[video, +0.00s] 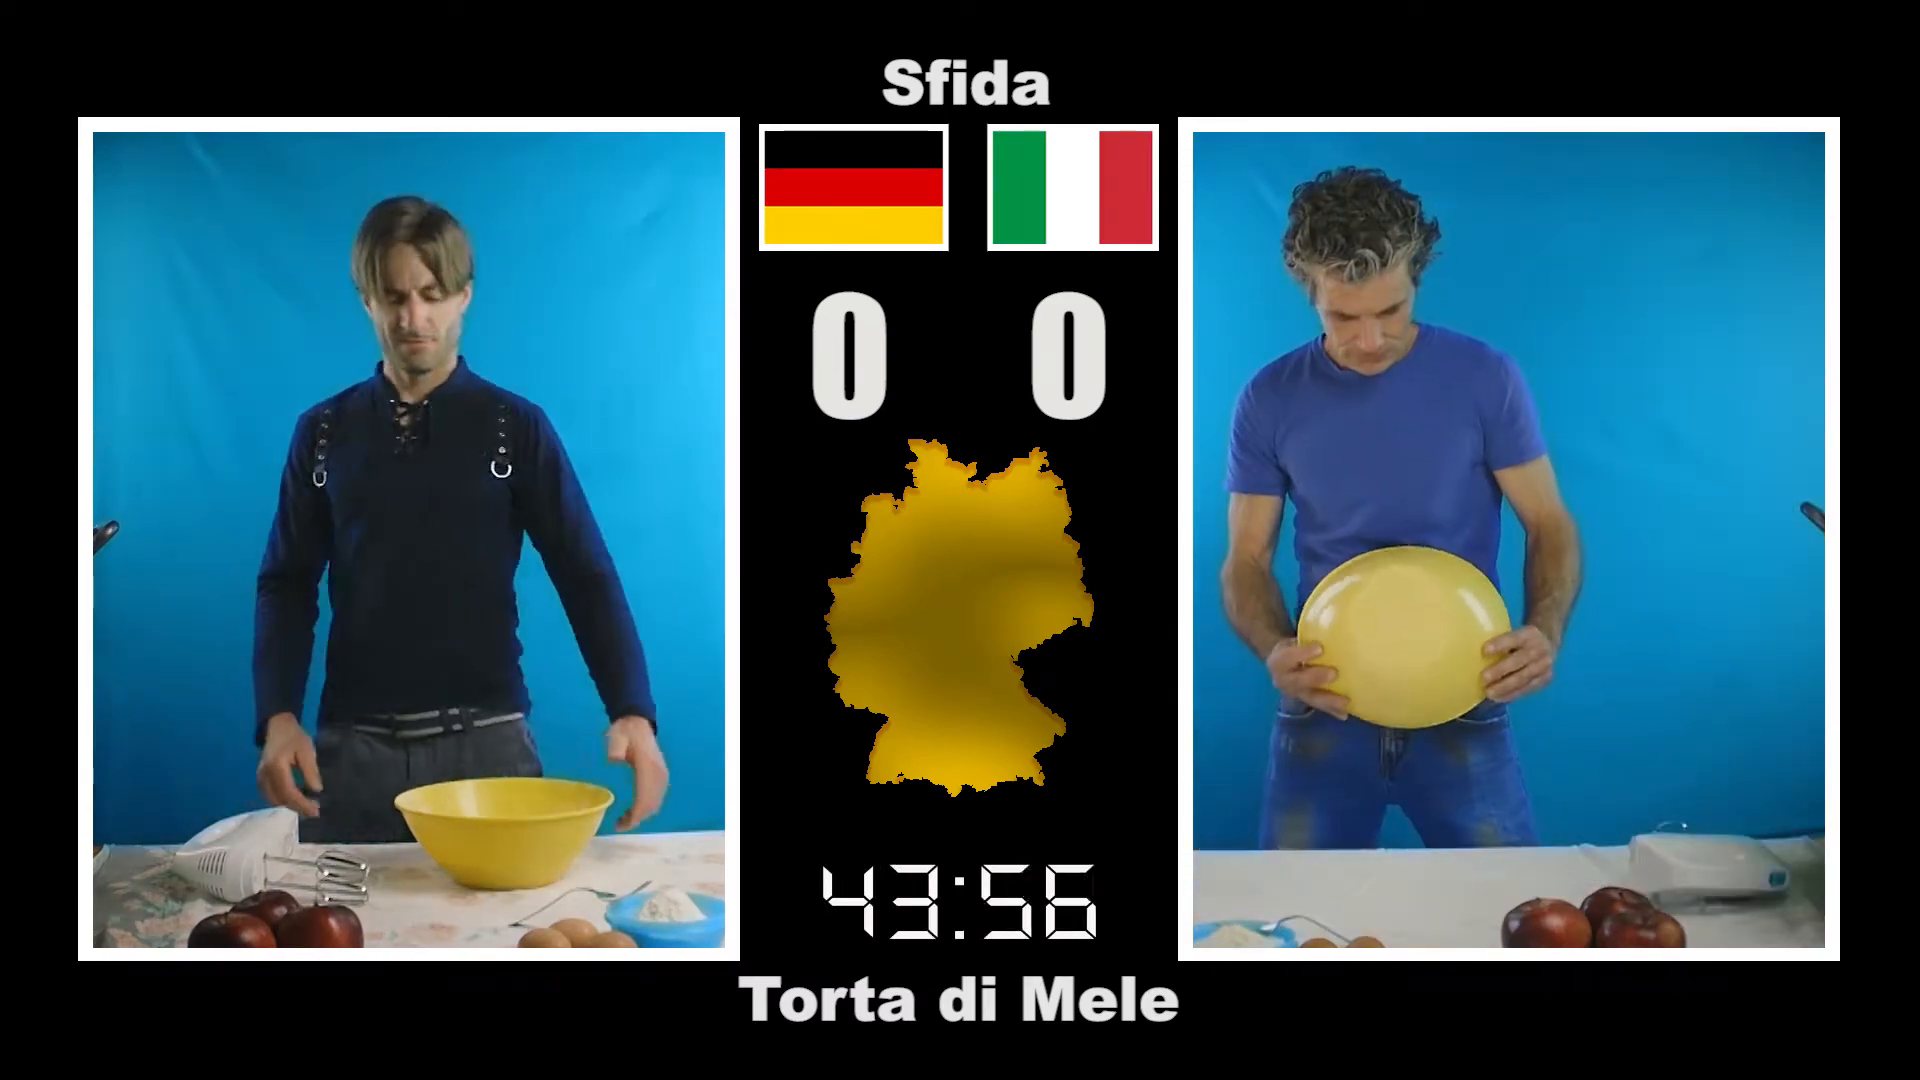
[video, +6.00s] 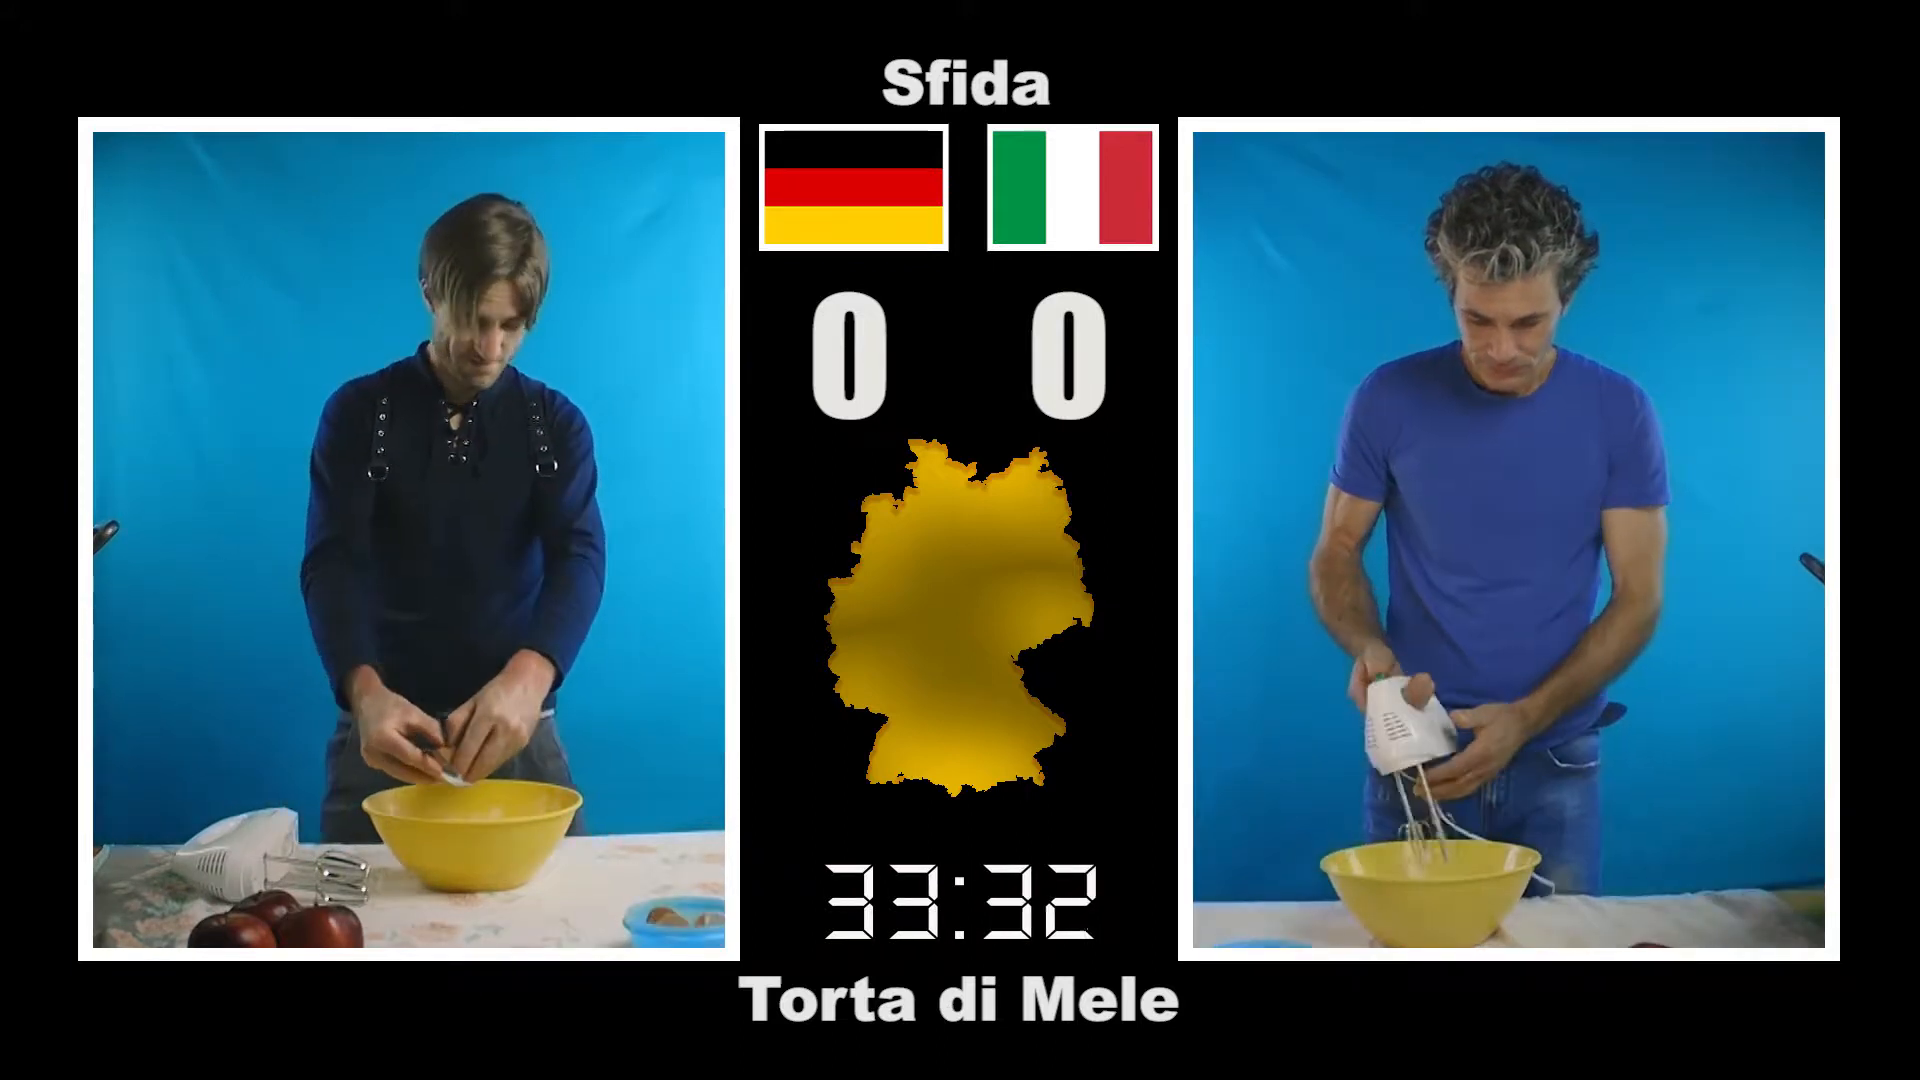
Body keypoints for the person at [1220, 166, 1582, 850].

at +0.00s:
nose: (1371, 337)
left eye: (1390, 311)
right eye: (1346, 316)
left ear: (1414, 282)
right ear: (1311, 291)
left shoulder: (1483, 381)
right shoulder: (1273, 399)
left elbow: (1550, 524)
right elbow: (1247, 561)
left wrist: (1545, 629)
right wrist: (1275, 649)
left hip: (1463, 712)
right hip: (1324, 716)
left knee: (1515, 926)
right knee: (1300, 932)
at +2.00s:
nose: (1404, 411)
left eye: (1420, 386)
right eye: (1382, 388)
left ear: (1432, 371)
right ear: (1320, 373)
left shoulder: (1453, 466)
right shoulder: (1247, 468)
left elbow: (1516, 594)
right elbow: (1204, 627)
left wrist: (1563, 728)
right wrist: (1257, 741)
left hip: (1423, 747)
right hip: (1291, 752)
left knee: (1494, 924)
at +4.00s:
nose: (1442, 340)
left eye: (1466, 312)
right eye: (1418, 312)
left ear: (1505, 287)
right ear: (1392, 288)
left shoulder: (1564, 403)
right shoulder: (1343, 407)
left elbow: (1596, 581)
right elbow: (1278, 590)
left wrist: (1543, 725)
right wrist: (1298, 714)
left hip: (1524, 761)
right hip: (1386, 760)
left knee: (1530, 953)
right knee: (1384, 957)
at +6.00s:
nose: (1503, 348)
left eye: (1528, 322)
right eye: (1480, 321)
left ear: (1564, 298)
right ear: (1452, 293)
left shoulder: (1615, 412)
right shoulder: (1390, 399)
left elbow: (1639, 602)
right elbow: (1335, 556)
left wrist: (1528, 717)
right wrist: (1369, 647)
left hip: (1556, 758)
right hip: (1416, 757)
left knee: (1552, 951)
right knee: (1406, 950)